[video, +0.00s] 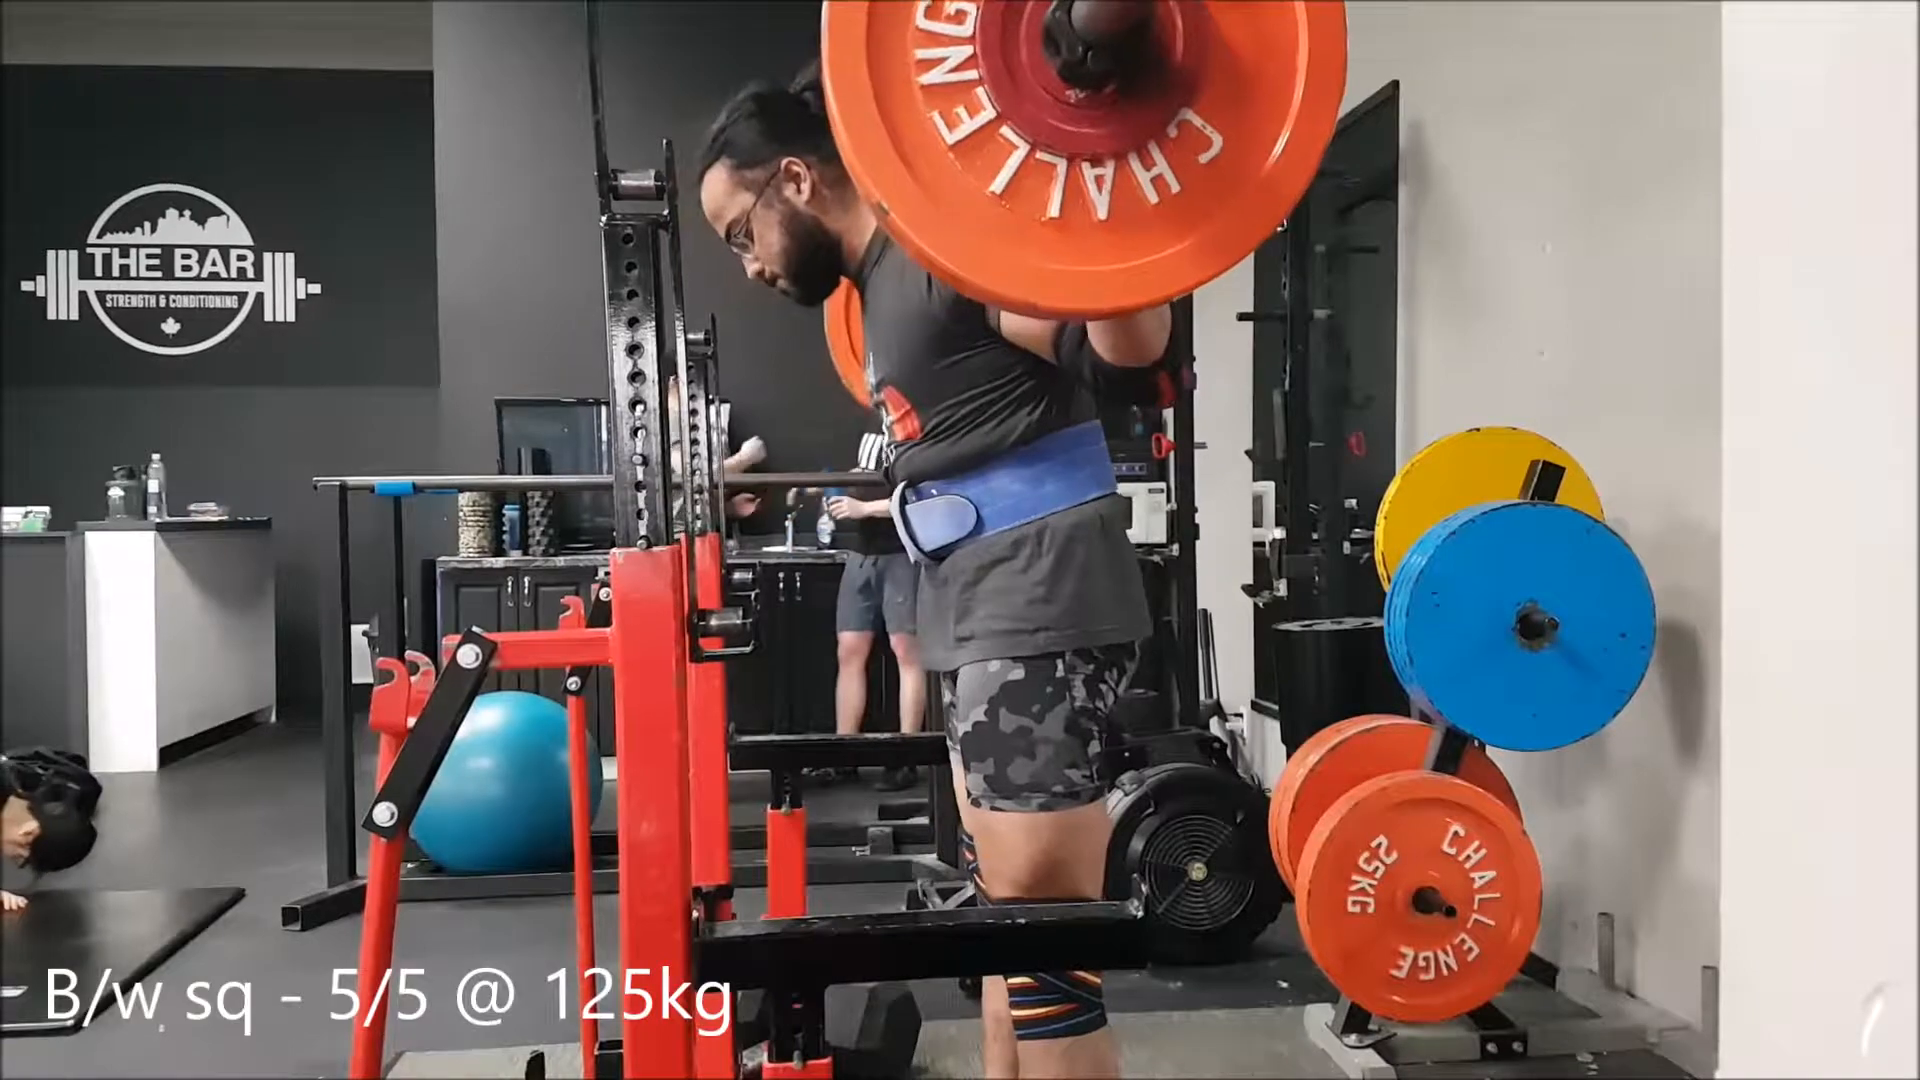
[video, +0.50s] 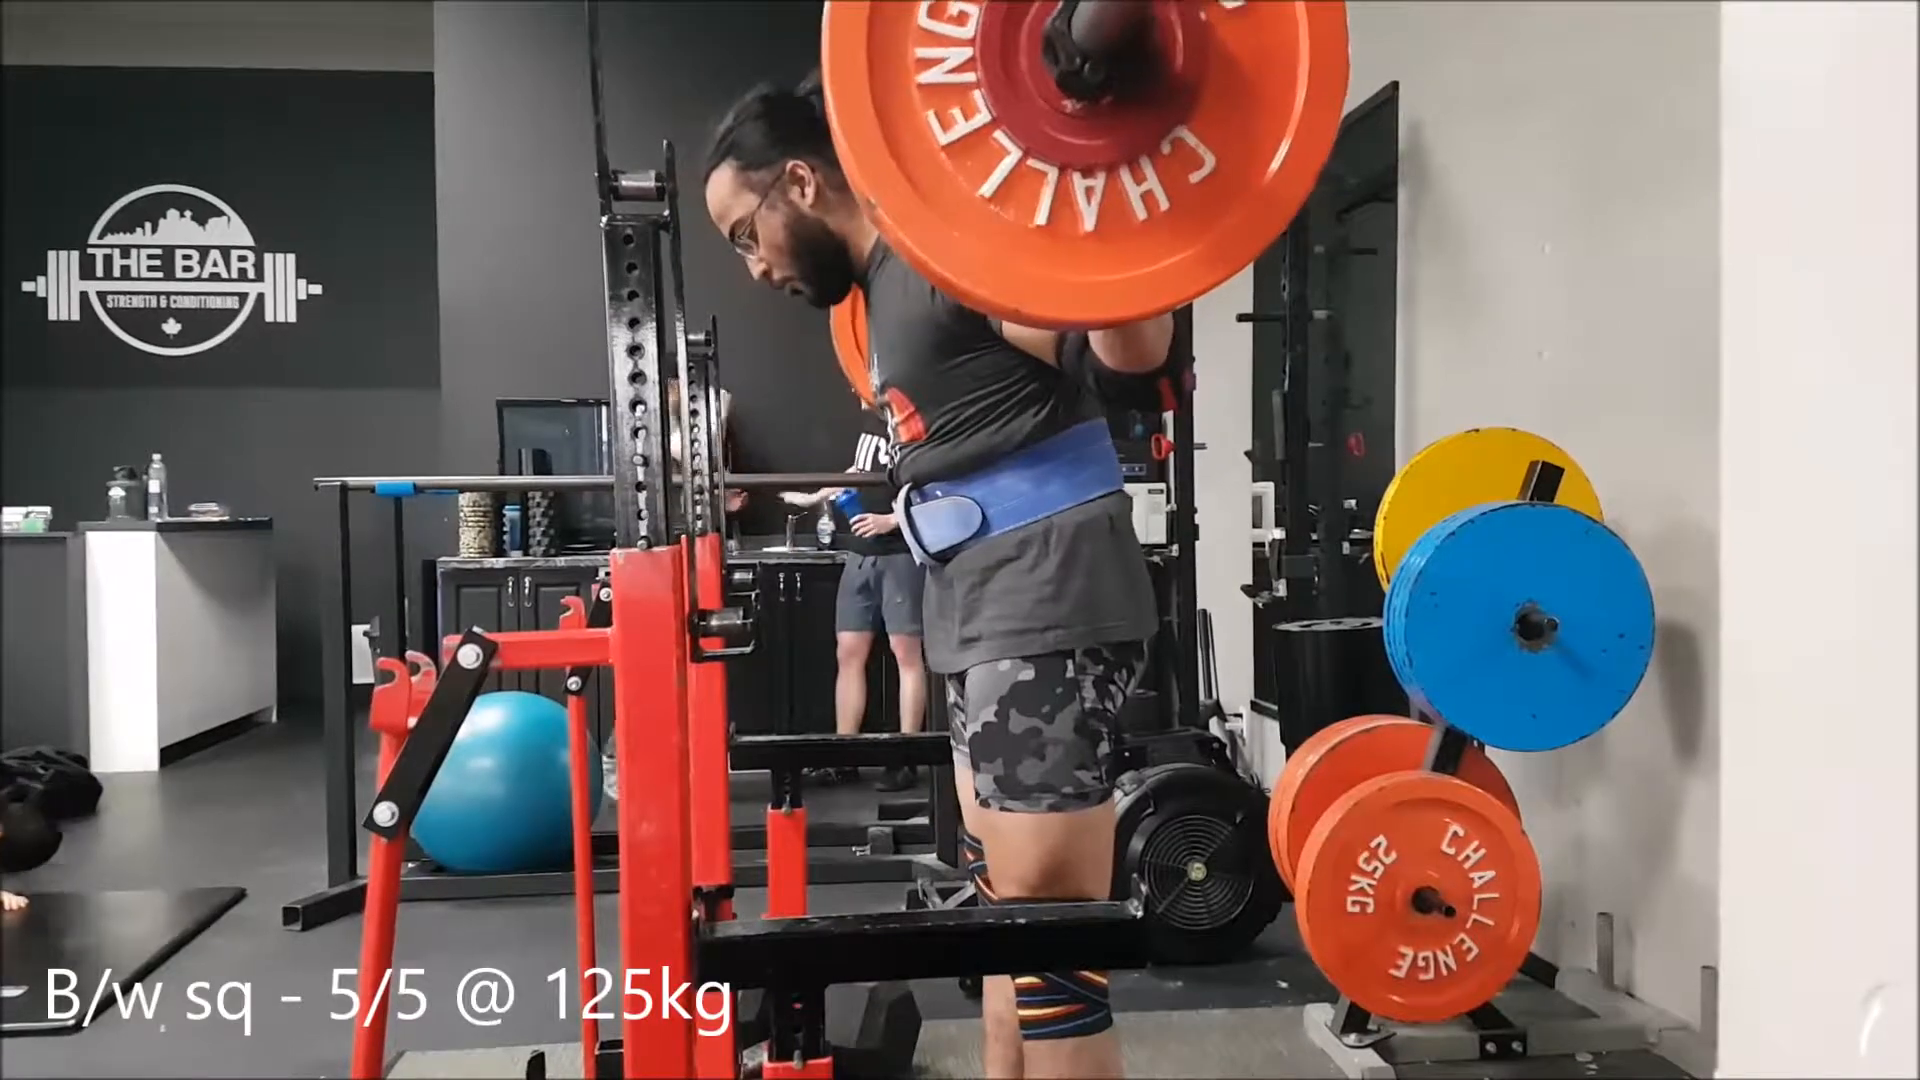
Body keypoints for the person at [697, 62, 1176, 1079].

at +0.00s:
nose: (748, 265)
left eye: (741, 231)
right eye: (731, 247)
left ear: (798, 180)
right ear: (796, 188)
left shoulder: (942, 234)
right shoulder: (880, 286)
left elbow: (1133, 340)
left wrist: (1127, 162)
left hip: (1044, 604)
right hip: (981, 611)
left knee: (1044, 939)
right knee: (1004, 932)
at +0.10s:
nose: (752, 264)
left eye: (743, 230)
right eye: (734, 245)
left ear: (800, 179)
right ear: (796, 185)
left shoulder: (946, 228)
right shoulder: (880, 283)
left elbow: (1133, 341)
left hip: (1045, 600)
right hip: (980, 606)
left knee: (1047, 934)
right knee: (1001, 926)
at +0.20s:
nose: (753, 263)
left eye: (745, 230)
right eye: (735, 243)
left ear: (801, 178)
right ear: (798, 185)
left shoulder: (946, 232)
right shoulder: (881, 287)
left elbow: (1135, 337)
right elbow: (931, 462)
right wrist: (786, 494)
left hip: (1047, 598)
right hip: (982, 603)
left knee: (1048, 934)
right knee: (998, 923)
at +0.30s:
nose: (753, 263)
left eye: (746, 229)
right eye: (736, 242)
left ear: (803, 177)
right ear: (800, 184)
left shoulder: (947, 227)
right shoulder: (880, 284)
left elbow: (1136, 340)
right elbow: (954, 447)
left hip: (1046, 585)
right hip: (977, 591)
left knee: (1049, 935)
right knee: (1001, 926)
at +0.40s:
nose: (754, 262)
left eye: (747, 229)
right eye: (737, 242)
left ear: (805, 178)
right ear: (800, 185)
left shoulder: (941, 231)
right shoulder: (881, 281)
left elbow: (1130, 343)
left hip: (1048, 586)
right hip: (980, 594)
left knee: (1049, 936)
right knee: (1004, 926)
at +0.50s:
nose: (753, 263)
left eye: (747, 230)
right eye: (737, 244)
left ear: (804, 179)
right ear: (799, 188)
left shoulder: (945, 236)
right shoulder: (882, 290)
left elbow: (1134, 346)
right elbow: (911, 479)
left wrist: (1137, 171)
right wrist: (774, 494)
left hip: (1049, 598)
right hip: (981, 606)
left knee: (1050, 941)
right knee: (1005, 932)